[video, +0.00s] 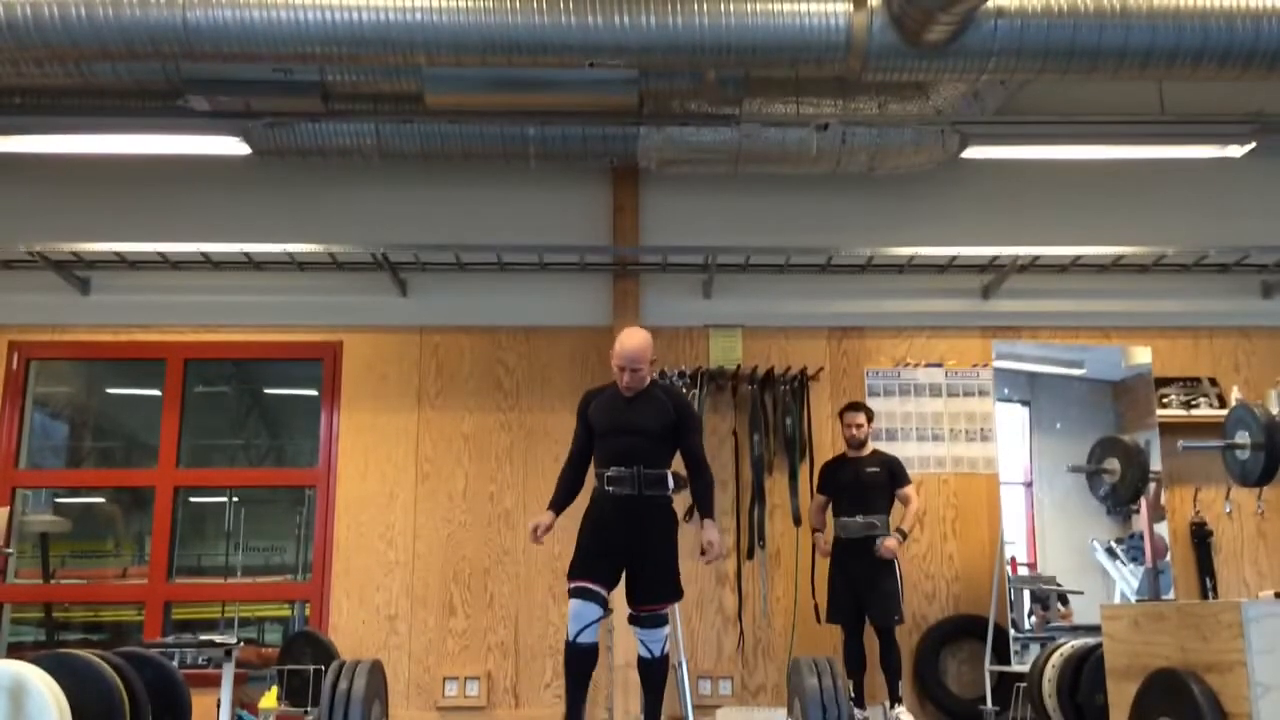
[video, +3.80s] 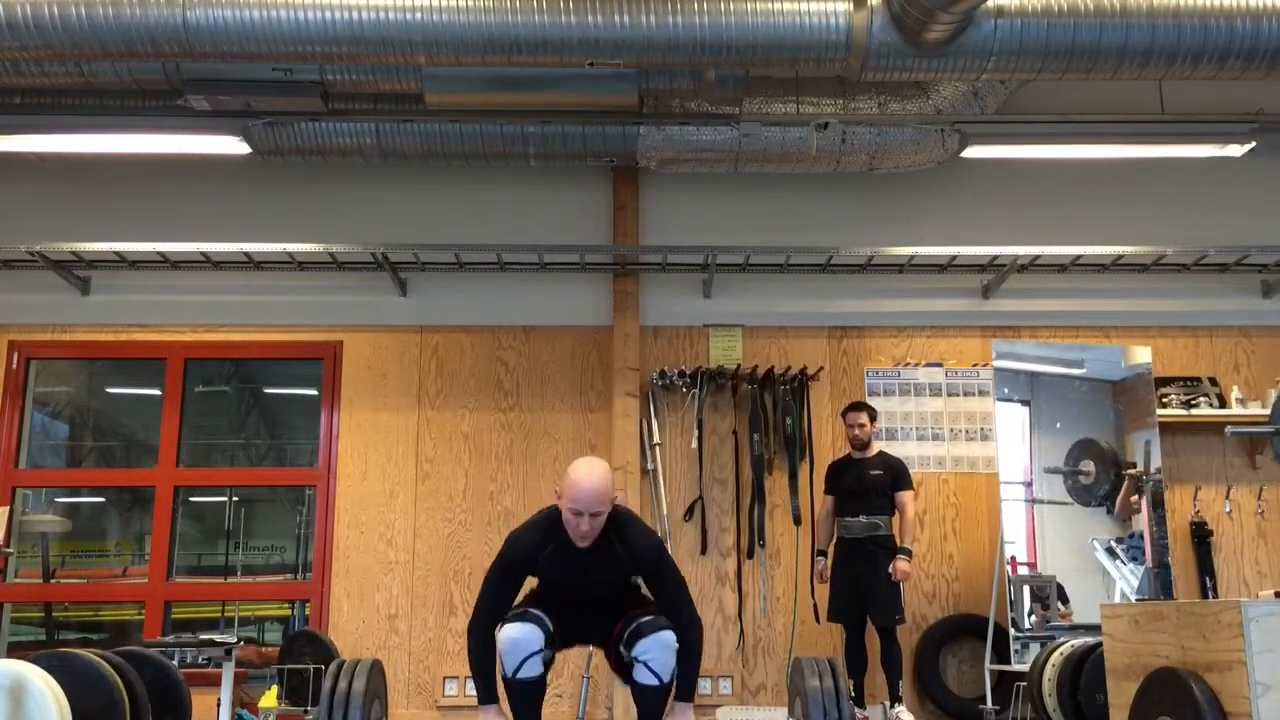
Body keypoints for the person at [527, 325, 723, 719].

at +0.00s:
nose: (625, 378)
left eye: (635, 370)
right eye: (620, 368)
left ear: (652, 364)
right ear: (611, 360)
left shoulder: (674, 404)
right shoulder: (594, 402)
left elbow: (697, 465)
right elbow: (577, 462)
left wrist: (709, 522)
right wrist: (552, 510)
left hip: (654, 524)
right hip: (603, 520)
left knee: (651, 628)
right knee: (581, 616)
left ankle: (652, 714)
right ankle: (573, 713)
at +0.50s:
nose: (580, 359)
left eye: (587, 350)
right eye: (571, 351)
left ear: (596, 343)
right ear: (556, 346)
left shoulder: (625, 384)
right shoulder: (534, 391)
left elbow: (652, 447)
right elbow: (512, 457)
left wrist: (667, 508)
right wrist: (493, 518)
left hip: (614, 515)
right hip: (559, 515)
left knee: (643, 620)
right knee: (552, 625)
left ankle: (632, 706)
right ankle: (543, 716)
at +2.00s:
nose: (583, 401)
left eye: (593, 393)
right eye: (576, 391)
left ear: (611, 376)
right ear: (562, 365)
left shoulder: (640, 404)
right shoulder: (532, 398)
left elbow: (677, 473)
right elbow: (501, 466)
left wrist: (683, 545)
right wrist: (484, 540)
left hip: (617, 518)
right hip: (553, 515)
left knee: (640, 629)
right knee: (530, 624)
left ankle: (648, 716)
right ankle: (521, 716)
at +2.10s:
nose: (582, 450)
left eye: (592, 442)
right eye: (575, 440)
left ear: (610, 428)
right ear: (563, 418)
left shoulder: (635, 442)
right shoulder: (530, 437)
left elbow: (677, 517)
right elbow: (498, 515)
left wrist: (682, 594)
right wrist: (489, 598)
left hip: (614, 529)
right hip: (550, 528)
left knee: (643, 626)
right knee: (529, 625)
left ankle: (652, 715)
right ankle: (523, 715)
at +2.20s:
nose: (581, 506)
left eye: (592, 498)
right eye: (574, 495)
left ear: (614, 476)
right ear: (560, 470)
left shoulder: (638, 483)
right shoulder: (528, 484)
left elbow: (673, 566)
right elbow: (500, 574)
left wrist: (677, 644)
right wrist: (493, 655)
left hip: (615, 545)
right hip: (548, 546)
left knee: (641, 632)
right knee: (531, 627)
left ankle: (656, 715)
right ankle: (524, 715)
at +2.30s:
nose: (579, 554)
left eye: (589, 546)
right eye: (571, 543)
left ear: (611, 522)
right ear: (557, 515)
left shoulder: (638, 520)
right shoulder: (527, 519)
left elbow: (672, 607)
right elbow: (505, 611)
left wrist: (675, 686)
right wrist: (497, 694)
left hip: (615, 545)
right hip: (549, 546)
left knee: (640, 631)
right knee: (531, 630)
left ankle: (655, 713)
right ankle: (523, 714)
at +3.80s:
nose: (585, 526)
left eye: (596, 514)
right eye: (575, 513)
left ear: (613, 502)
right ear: (558, 499)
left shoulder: (636, 538)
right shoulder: (530, 539)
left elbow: (688, 624)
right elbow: (480, 626)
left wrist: (684, 705)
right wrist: (488, 706)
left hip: (618, 616)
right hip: (554, 615)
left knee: (657, 644)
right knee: (518, 638)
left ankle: (650, 716)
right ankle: (529, 716)